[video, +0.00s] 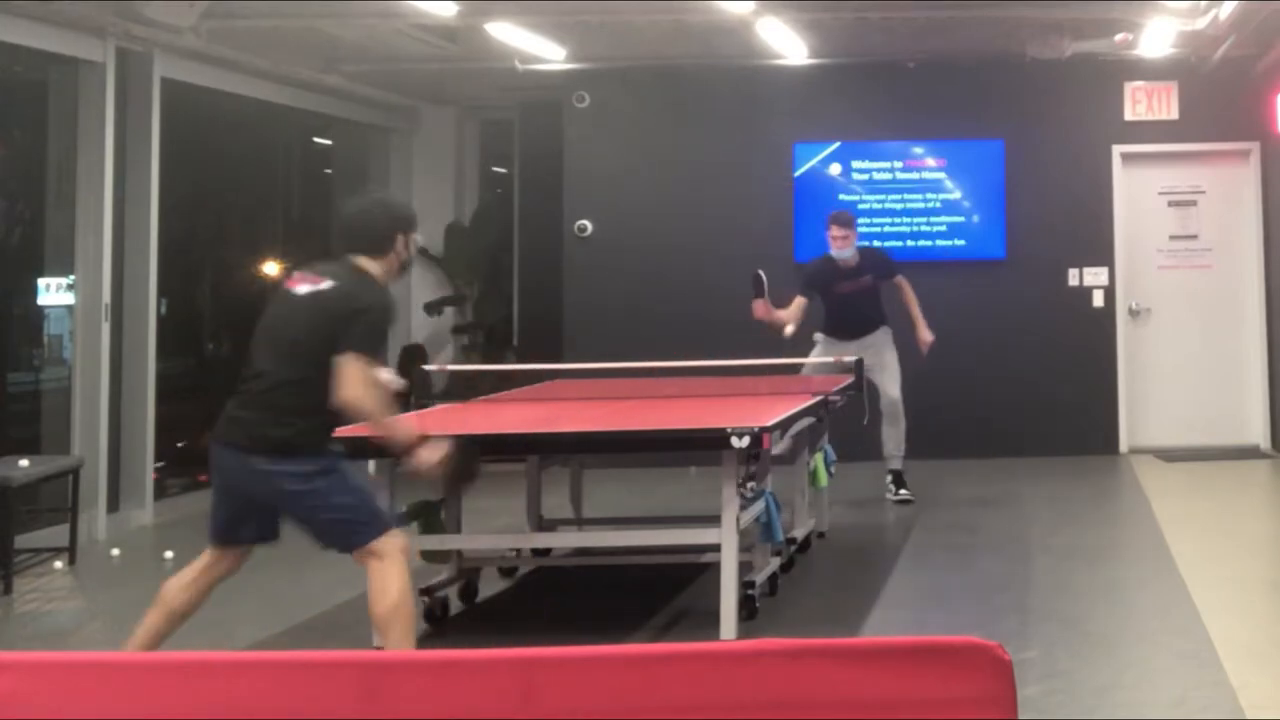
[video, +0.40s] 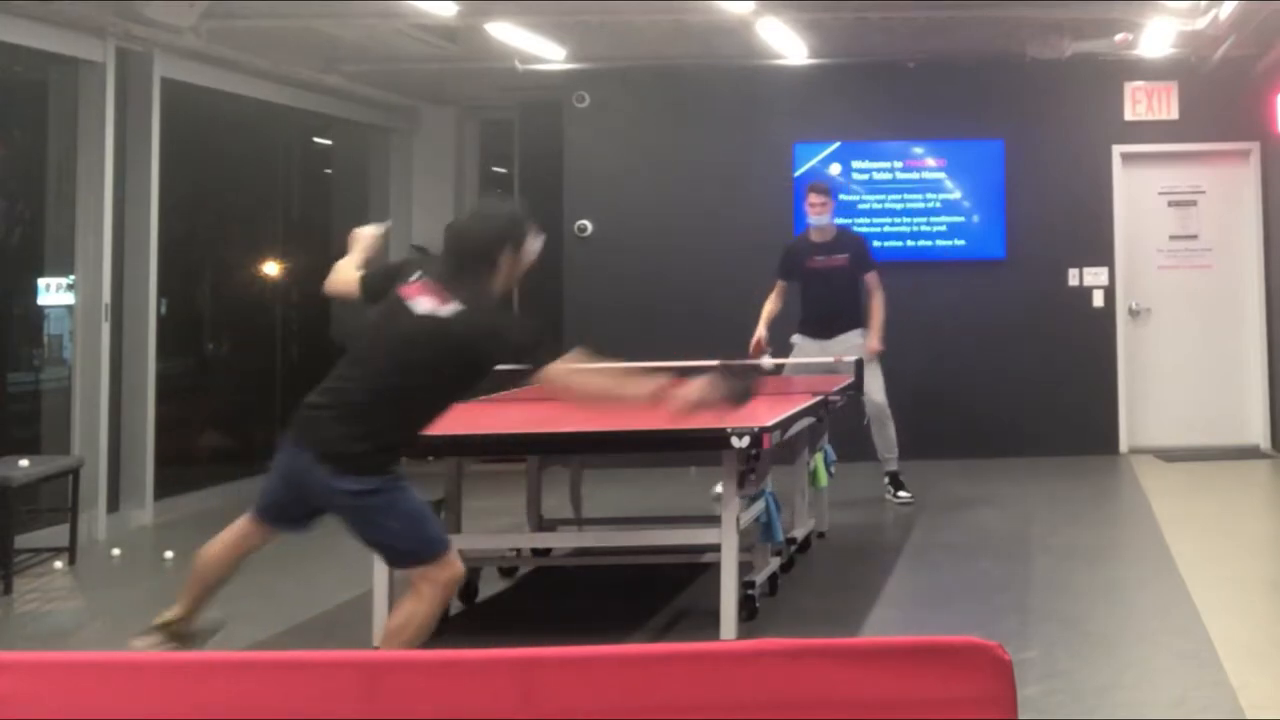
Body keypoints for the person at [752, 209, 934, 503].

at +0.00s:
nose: (839, 241)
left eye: (845, 236)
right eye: (834, 236)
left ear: (855, 236)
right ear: (828, 238)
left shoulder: (876, 260)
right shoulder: (818, 271)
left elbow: (903, 286)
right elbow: (793, 313)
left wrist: (921, 327)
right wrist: (771, 313)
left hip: (875, 340)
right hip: (832, 343)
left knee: (892, 398)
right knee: (802, 392)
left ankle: (895, 473)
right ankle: (817, 457)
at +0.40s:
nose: (816, 211)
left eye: (822, 205)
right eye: (812, 205)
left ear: (833, 207)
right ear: (804, 208)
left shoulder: (854, 243)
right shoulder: (795, 249)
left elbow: (875, 290)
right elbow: (778, 293)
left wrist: (874, 335)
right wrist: (762, 326)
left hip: (852, 340)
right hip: (808, 343)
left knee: (877, 402)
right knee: (789, 409)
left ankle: (892, 473)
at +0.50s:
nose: (791, 208)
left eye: (797, 203)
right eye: (786, 203)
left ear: (807, 206)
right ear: (779, 208)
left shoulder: (828, 241)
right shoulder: (774, 251)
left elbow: (851, 292)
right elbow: (763, 295)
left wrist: (838, 331)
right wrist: (751, 331)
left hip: (829, 345)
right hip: (786, 348)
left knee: (862, 404)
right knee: (764, 414)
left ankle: (889, 472)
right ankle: (744, 482)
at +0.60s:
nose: (764, 205)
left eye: (770, 199)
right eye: (759, 200)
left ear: (784, 201)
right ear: (754, 204)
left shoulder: (803, 237)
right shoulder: (751, 246)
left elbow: (825, 287)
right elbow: (746, 290)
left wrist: (798, 318)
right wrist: (735, 329)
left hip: (803, 337)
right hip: (762, 339)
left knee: (837, 399)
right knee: (746, 405)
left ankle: (875, 469)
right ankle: (740, 479)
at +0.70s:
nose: (736, 206)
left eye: (742, 200)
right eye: (732, 202)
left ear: (759, 200)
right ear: (728, 207)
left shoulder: (780, 236)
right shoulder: (734, 245)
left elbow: (797, 287)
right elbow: (733, 291)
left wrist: (760, 317)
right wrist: (716, 333)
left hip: (787, 332)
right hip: (748, 334)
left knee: (809, 398)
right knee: (725, 394)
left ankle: (833, 464)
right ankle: (737, 471)